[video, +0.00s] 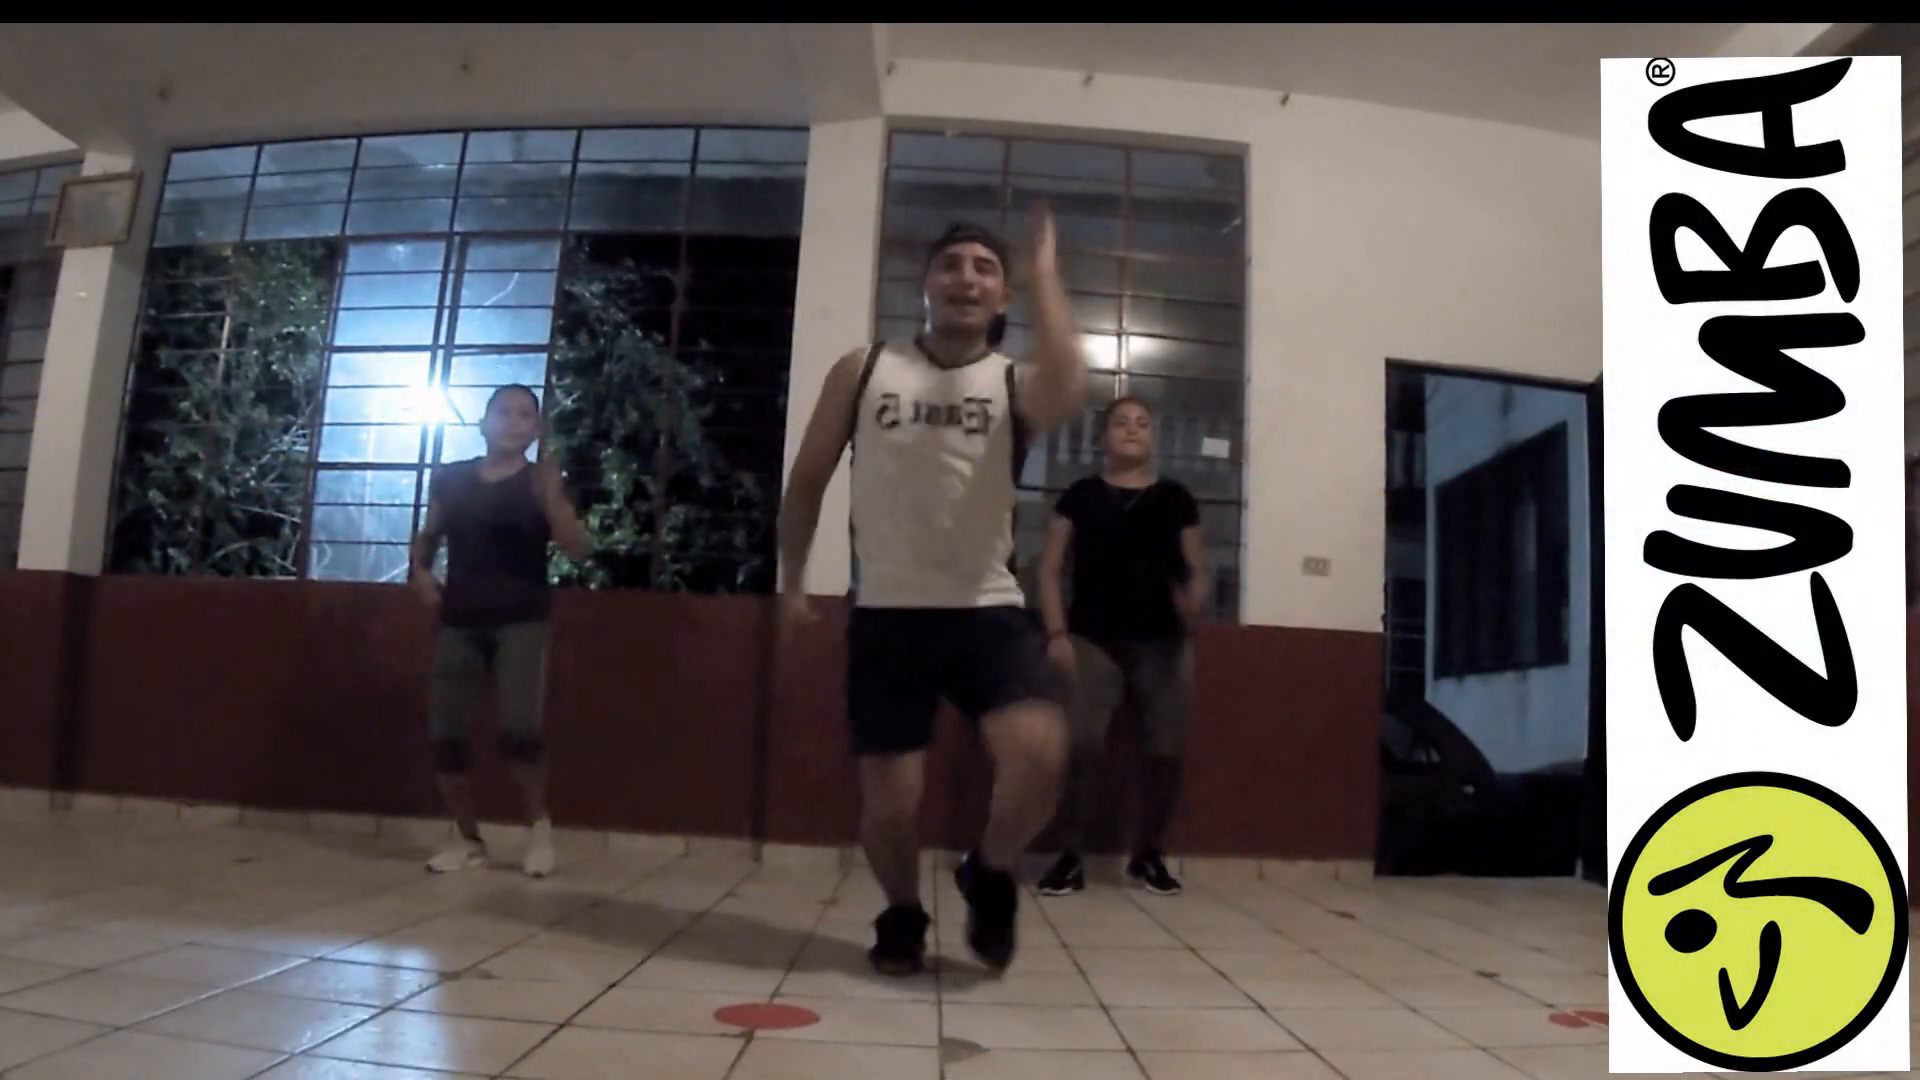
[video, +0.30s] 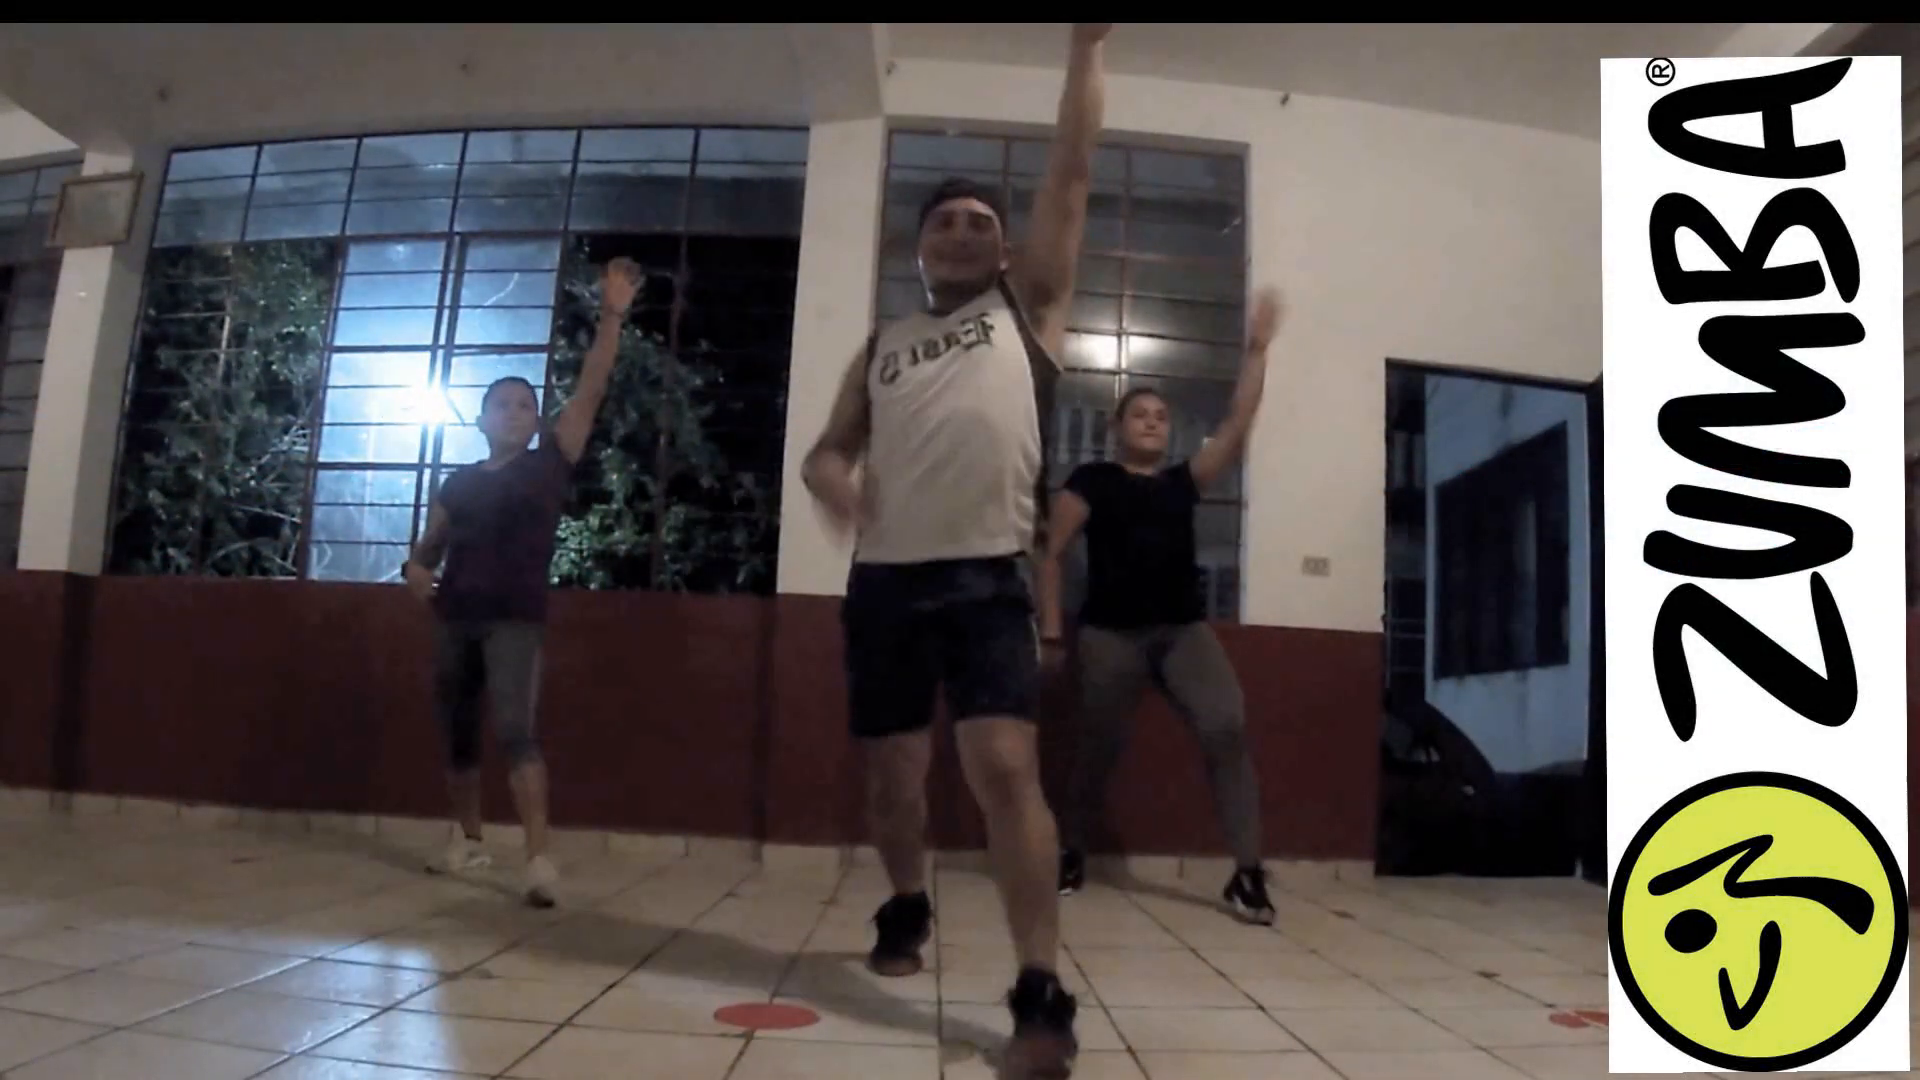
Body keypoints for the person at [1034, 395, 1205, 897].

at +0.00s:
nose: (1132, 431)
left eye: (1141, 424)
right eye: (1122, 424)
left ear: (1154, 438)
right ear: (1105, 437)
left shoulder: (1174, 499)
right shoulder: (1081, 496)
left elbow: (1196, 571)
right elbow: (1049, 569)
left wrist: (1189, 602)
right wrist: (1057, 634)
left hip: (1159, 641)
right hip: (1092, 640)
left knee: (1164, 749)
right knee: (1082, 746)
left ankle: (1149, 852)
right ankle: (1071, 854)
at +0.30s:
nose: (1152, 424)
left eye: (1160, 418)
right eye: (1141, 416)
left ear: (1169, 430)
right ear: (1118, 427)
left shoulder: (1183, 480)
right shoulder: (1092, 482)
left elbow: (1237, 424)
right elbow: (1050, 552)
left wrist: (1257, 350)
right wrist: (1050, 634)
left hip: (1182, 632)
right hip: (1109, 634)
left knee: (1226, 727)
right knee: (1095, 743)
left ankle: (1249, 869)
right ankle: (1071, 852)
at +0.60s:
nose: (1173, 419)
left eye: (1182, 413)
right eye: (1162, 413)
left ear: (1198, 429)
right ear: (1144, 431)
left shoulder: (1225, 478)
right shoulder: (1127, 491)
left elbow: (1299, 428)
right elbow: (1076, 527)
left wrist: (1292, 355)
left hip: (1218, 626)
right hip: (1139, 626)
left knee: (1236, 743)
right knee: (1080, 723)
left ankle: (1243, 880)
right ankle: (1079, 849)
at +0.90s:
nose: (1145, 417)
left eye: (1154, 411)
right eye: (1134, 410)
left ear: (1166, 428)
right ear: (1114, 424)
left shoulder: (1185, 492)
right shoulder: (1095, 477)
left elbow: (1242, 548)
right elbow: (1071, 396)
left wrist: (1261, 508)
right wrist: (1083, 323)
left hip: (1178, 625)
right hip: (1100, 622)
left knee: (1207, 746)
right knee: (1069, 740)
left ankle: (1237, 878)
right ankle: (1036, 870)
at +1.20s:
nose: (1138, 409)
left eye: (1146, 404)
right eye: (1127, 402)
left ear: (1157, 423)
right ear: (1106, 417)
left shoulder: (1153, 487)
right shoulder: (1082, 461)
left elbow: (1150, 555)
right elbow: (1050, 394)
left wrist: (1157, 610)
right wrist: (1092, 331)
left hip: (1156, 622)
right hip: (1088, 620)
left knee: (1203, 725)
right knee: (1069, 735)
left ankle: (1182, 832)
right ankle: (1034, 864)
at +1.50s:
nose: (1153, 427)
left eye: (1160, 420)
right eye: (1141, 421)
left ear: (1172, 432)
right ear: (1121, 436)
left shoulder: (1194, 499)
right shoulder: (1107, 488)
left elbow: (1208, 575)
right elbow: (1054, 539)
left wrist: (1221, 635)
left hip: (1177, 638)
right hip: (1111, 634)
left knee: (1174, 749)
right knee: (1082, 740)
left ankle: (1157, 859)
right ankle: (1040, 857)